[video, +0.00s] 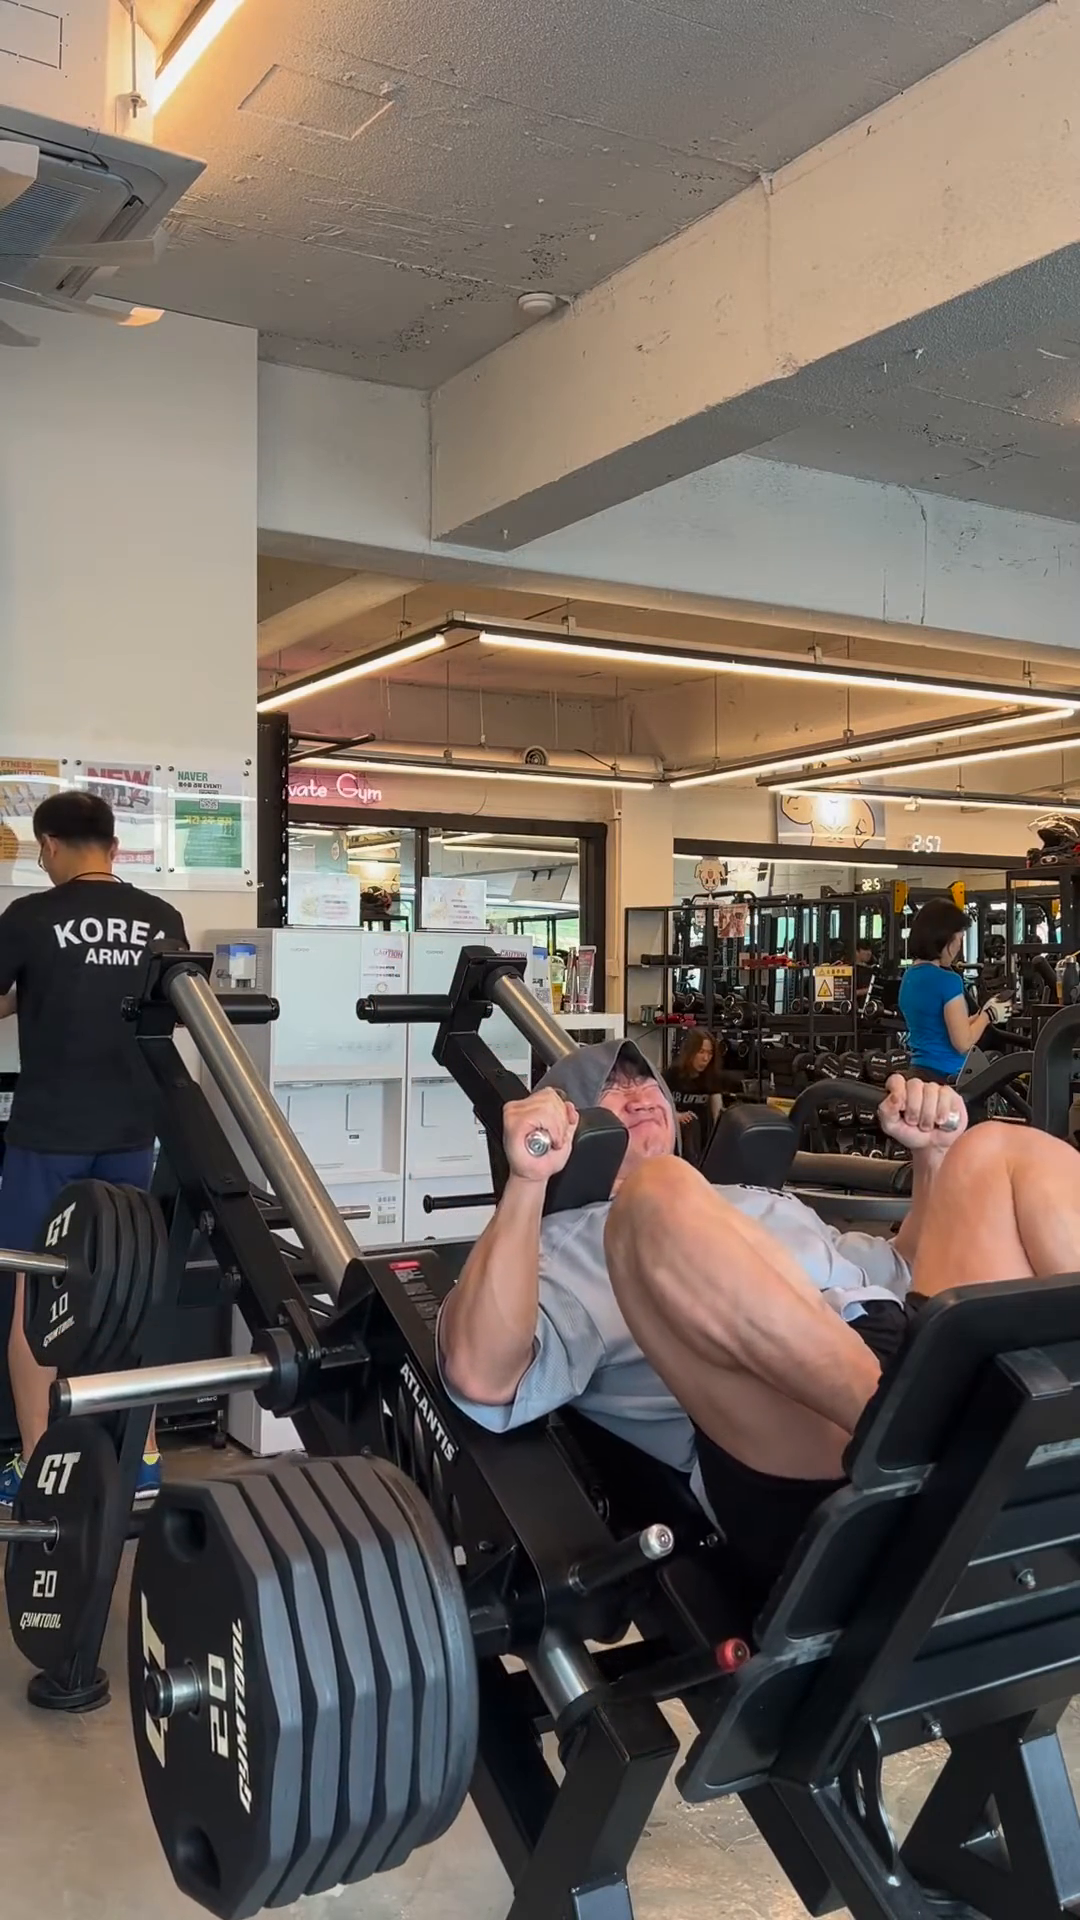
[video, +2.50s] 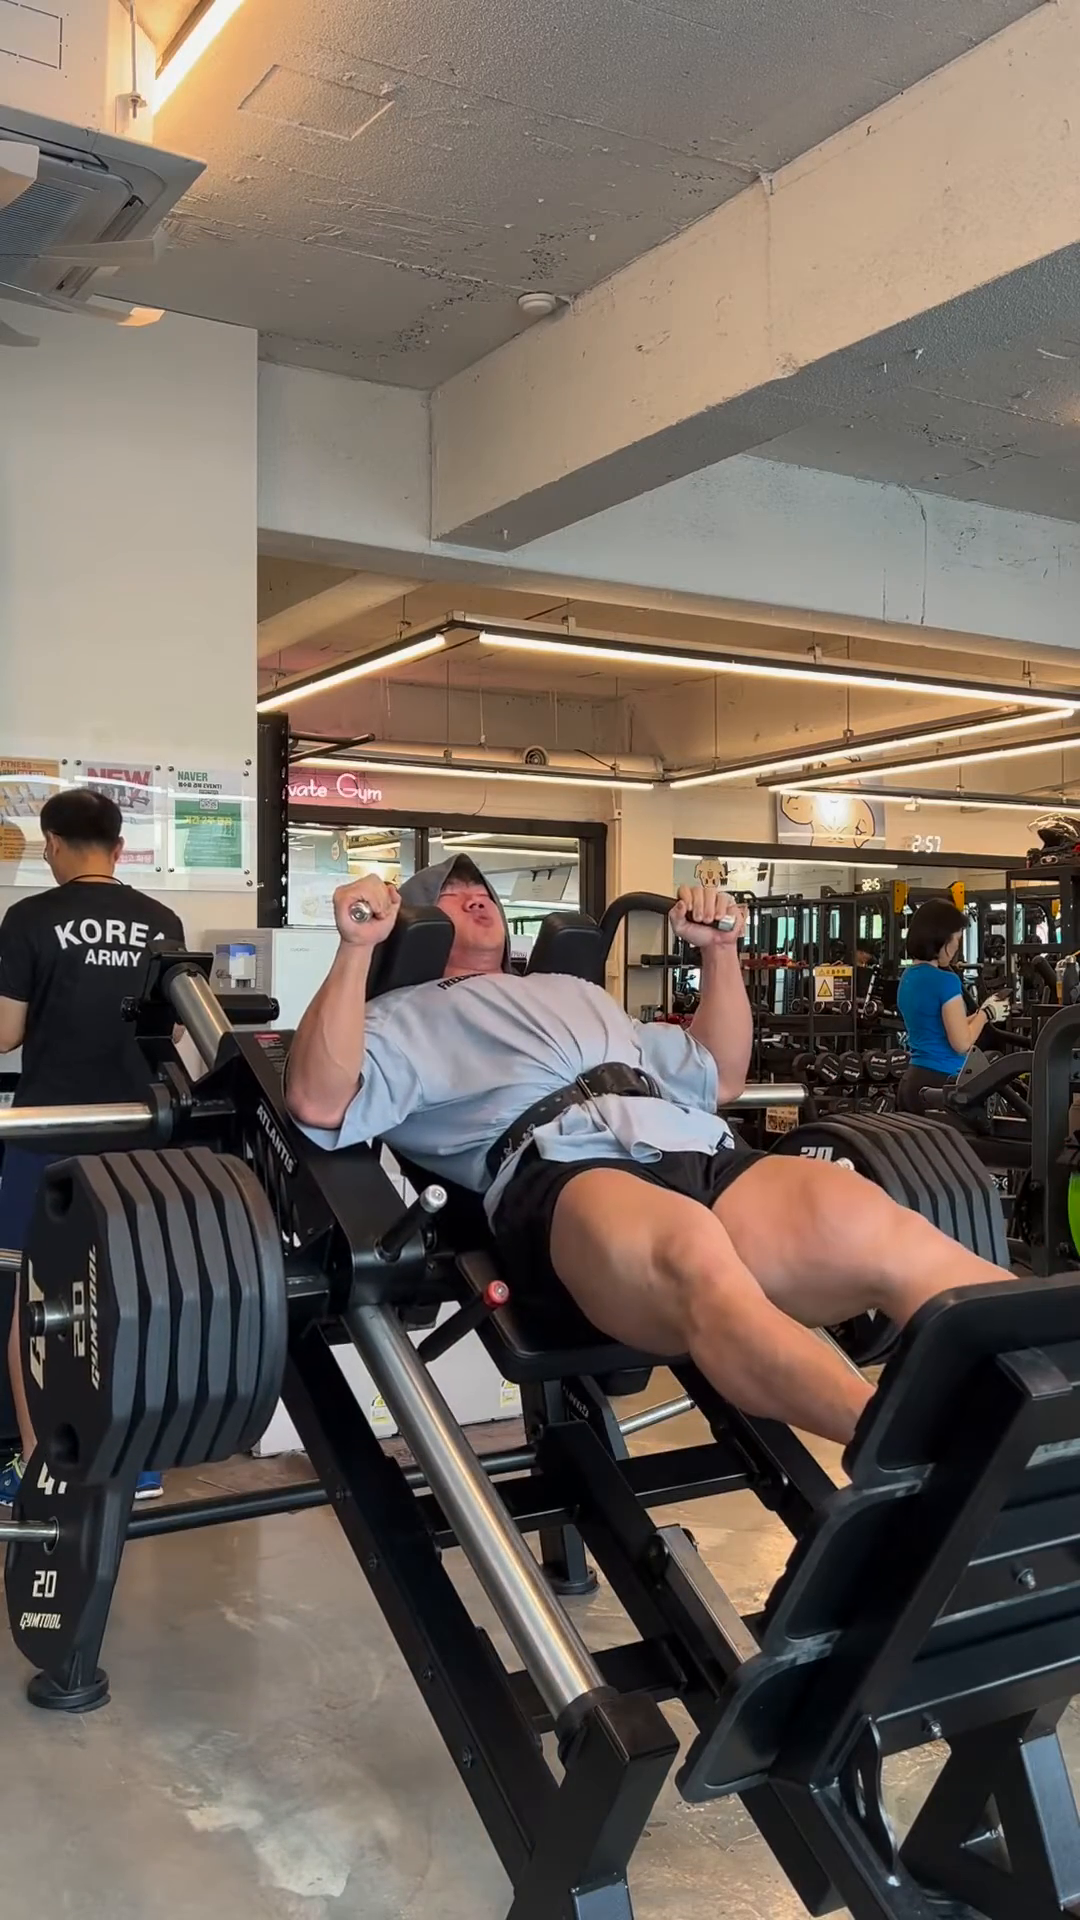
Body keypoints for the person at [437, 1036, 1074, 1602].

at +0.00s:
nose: (635, 1096)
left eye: (641, 1079)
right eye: (605, 1090)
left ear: (668, 1102)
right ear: (567, 1129)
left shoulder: (765, 1205)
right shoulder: (562, 1250)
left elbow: (910, 1280)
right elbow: (480, 1376)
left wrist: (932, 1163)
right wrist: (525, 1186)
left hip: (928, 1389)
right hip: (788, 1479)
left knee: (1002, 1150)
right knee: (655, 1192)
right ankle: (895, 1424)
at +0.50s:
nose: (628, 1081)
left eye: (633, 1065)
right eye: (597, 1074)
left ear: (657, 1093)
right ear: (554, 1113)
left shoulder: (745, 1188)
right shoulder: (551, 1237)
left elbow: (898, 1266)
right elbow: (469, 1358)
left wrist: (917, 1147)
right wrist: (515, 1171)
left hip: (925, 1381)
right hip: (785, 1474)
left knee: (1005, 1146)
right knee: (672, 1173)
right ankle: (894, 1415)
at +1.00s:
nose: (578, 1024)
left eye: (585, 1011)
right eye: (550, 1014)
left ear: (607, 1044)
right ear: (503, 1054)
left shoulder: (666, 1131)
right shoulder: (504, 1166)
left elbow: (850, 1207)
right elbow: (417, 1270)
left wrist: (848, 1083)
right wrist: (464, 1092)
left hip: (864, 1381)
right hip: (713, 1430)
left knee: (990, 1133)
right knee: (692, 1138)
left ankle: (1071, 1380)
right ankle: (892, 1403)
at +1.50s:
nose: (516, 958)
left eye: (526, 948)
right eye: (493, 951)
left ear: (552, 974)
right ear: (460, 992)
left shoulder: (624, 1057)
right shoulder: (442, 1078)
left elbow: (774, 1135)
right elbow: (358, 1170)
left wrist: (774, 1009)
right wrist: (399, 1011)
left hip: (776, 1253)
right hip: (623, 1308)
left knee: (976, 1149)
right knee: (667, 1166)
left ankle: (1072, 1382)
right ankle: (896, 1424)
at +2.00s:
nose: (469, 891)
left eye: (479, 887)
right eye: (449, 886)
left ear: (503, 921)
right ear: (416, 926)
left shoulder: (571, 989)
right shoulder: (399, 1015)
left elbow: (713, 1070)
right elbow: (314, 1096)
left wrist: (716, 951)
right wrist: (350, 948)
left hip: (699, 1148)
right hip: (564, 1166)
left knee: (864, 1222)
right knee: (698, 1264)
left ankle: (1054, 1349)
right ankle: (902, 1438)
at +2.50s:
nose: (473, 895)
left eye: (483, 892)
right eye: (453, 891)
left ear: (508, 925)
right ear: (425, 931)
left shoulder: (577, 994)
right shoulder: (406, 1016)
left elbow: (716, 1075)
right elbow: (317, 1103)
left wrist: (720, 955)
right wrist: (354, 952)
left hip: (693, 1150)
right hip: (562, 1169)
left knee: (868, 1218)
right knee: (700, 1268)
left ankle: (1055, 1351)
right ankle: (902, 1434)